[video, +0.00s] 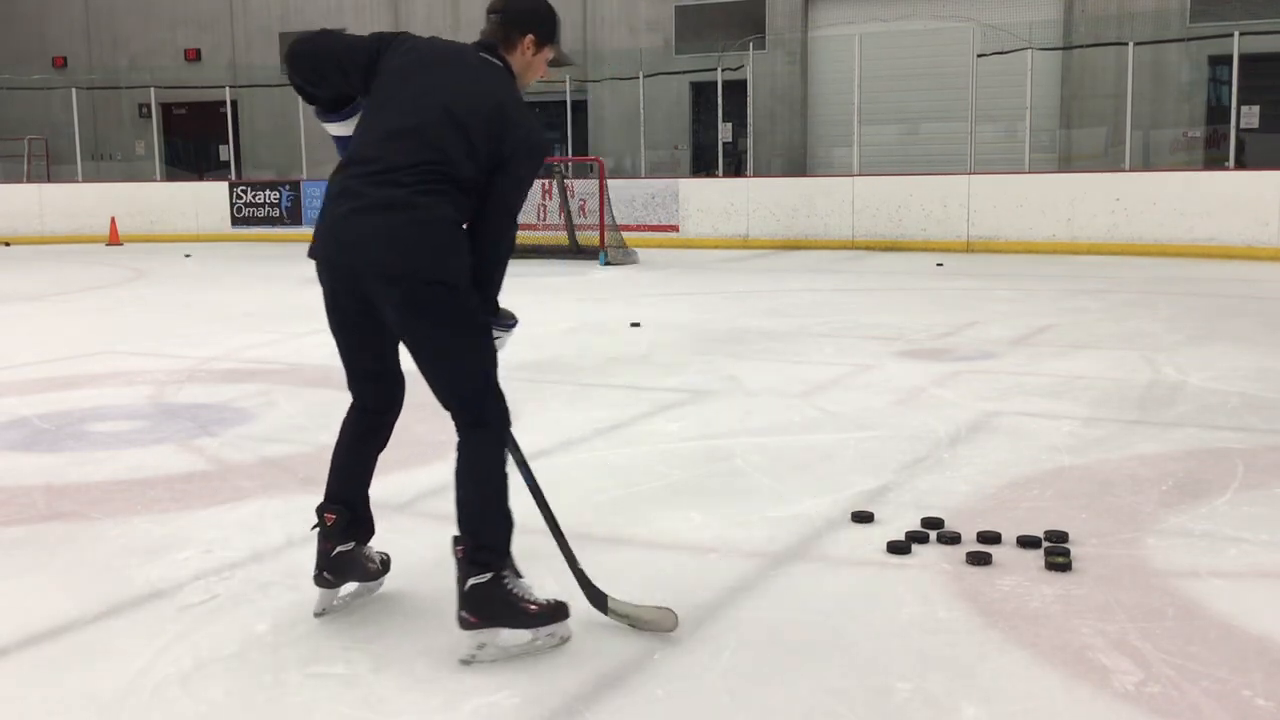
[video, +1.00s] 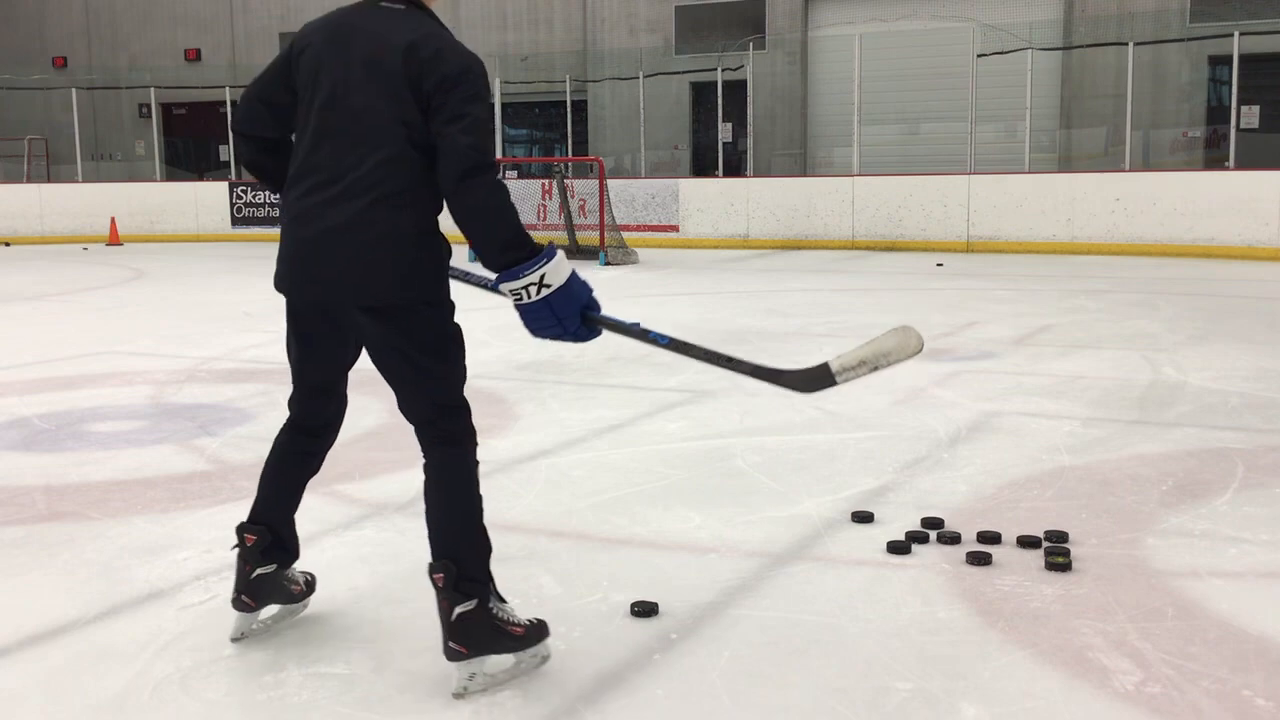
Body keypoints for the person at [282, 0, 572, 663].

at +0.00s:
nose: (544, 74)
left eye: (548, 64)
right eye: (546, 61)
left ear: (493, 31)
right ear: (527, 46)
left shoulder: (403, 50)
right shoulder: (519, 124)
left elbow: (303, 50)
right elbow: (493, 234)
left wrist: (343, 121)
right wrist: (483, 308)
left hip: (341, 247)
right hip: (423, 260)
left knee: (375, 395)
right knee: (481, 418)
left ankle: (338, 543)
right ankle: (486, 582)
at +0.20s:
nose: (516, 52)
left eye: (516, 40)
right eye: (519, 42)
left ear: (462, 17)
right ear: (508, 38)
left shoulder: (378, 43)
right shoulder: (495, 118)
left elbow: (277, 50)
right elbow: (475, 229)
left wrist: (313, 121)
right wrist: (470, 313)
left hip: (315, 242)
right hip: (396, 255)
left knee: (357, 396)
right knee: (452, 416)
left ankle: (322, 548)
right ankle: (447, 590)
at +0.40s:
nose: (492, 23)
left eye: (490, 17)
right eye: (494, 16)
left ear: (430, 5)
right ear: (485, 16)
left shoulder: (356, 34)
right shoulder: (481, 94)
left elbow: (253, 60)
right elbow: (476, 209)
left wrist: (299, 134)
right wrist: (489, 314)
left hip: (308, 247)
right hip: (391, 257)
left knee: (339, 403)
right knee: (437, 422)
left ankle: (304, 555)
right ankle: (440, 595)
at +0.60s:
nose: (471, 13)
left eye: (467, 9)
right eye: (471, 8)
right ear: (458, 5)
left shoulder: (339, 29)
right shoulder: (470, 68)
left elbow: (240, 74)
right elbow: (476, 180)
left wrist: (288, 140)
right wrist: (527, 279)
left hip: (311, 250)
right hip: (397, 260)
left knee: (326, 408)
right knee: (436, 423)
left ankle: (290, 560)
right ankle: (448, 597)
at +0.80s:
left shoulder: (327, 26)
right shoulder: (463, 55)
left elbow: (240, 89)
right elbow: (482, 171)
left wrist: (287, 160)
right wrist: (554, 263)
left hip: (313, 253)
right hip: (403, 262)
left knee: (317, 409)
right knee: (435, 423)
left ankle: (281, 565)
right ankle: (451, 596)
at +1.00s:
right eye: (447, 16)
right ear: (431, 5)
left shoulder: (317, 37)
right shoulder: (449, 59)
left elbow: (252, 124)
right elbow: (468, 177)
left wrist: (318, 194)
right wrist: (536, 274)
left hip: (309, 267)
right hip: (398, 273)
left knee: (311, 416)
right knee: (447, 433)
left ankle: (259, 563)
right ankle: (469, 608)